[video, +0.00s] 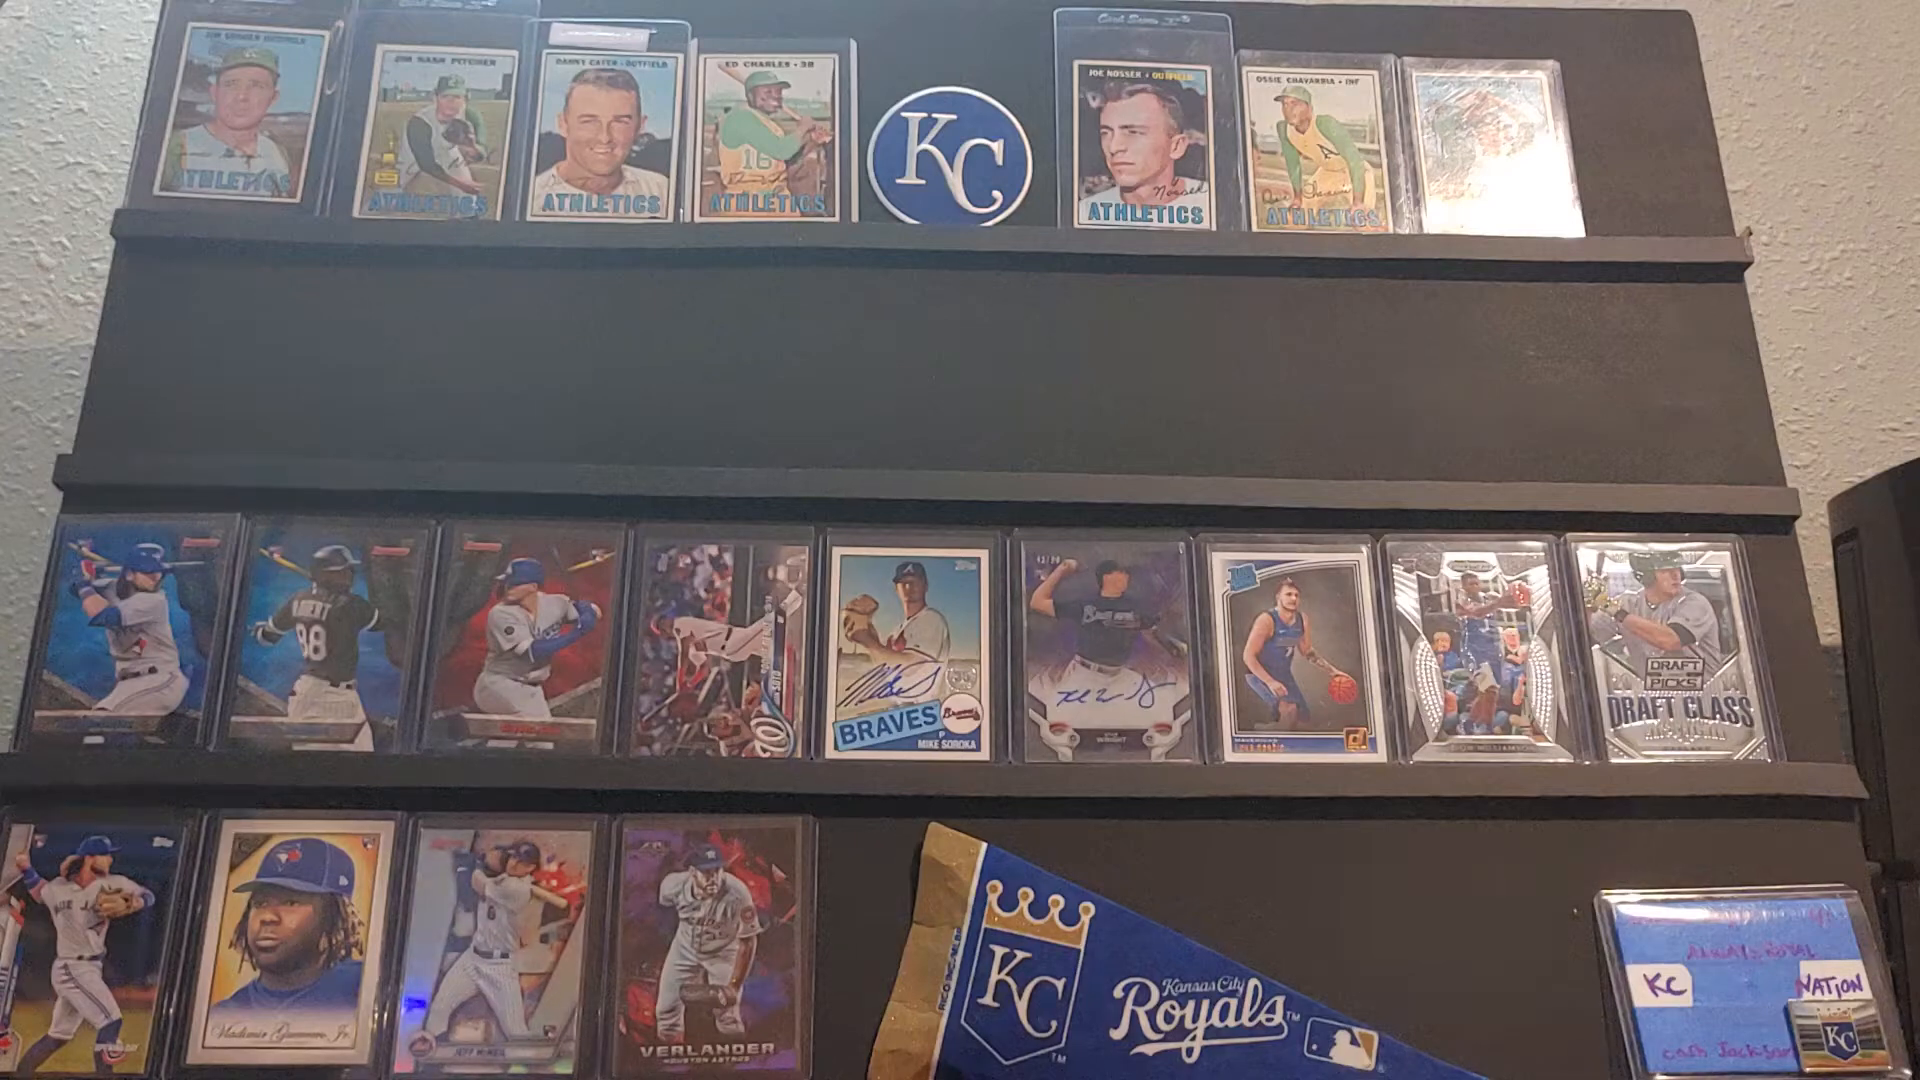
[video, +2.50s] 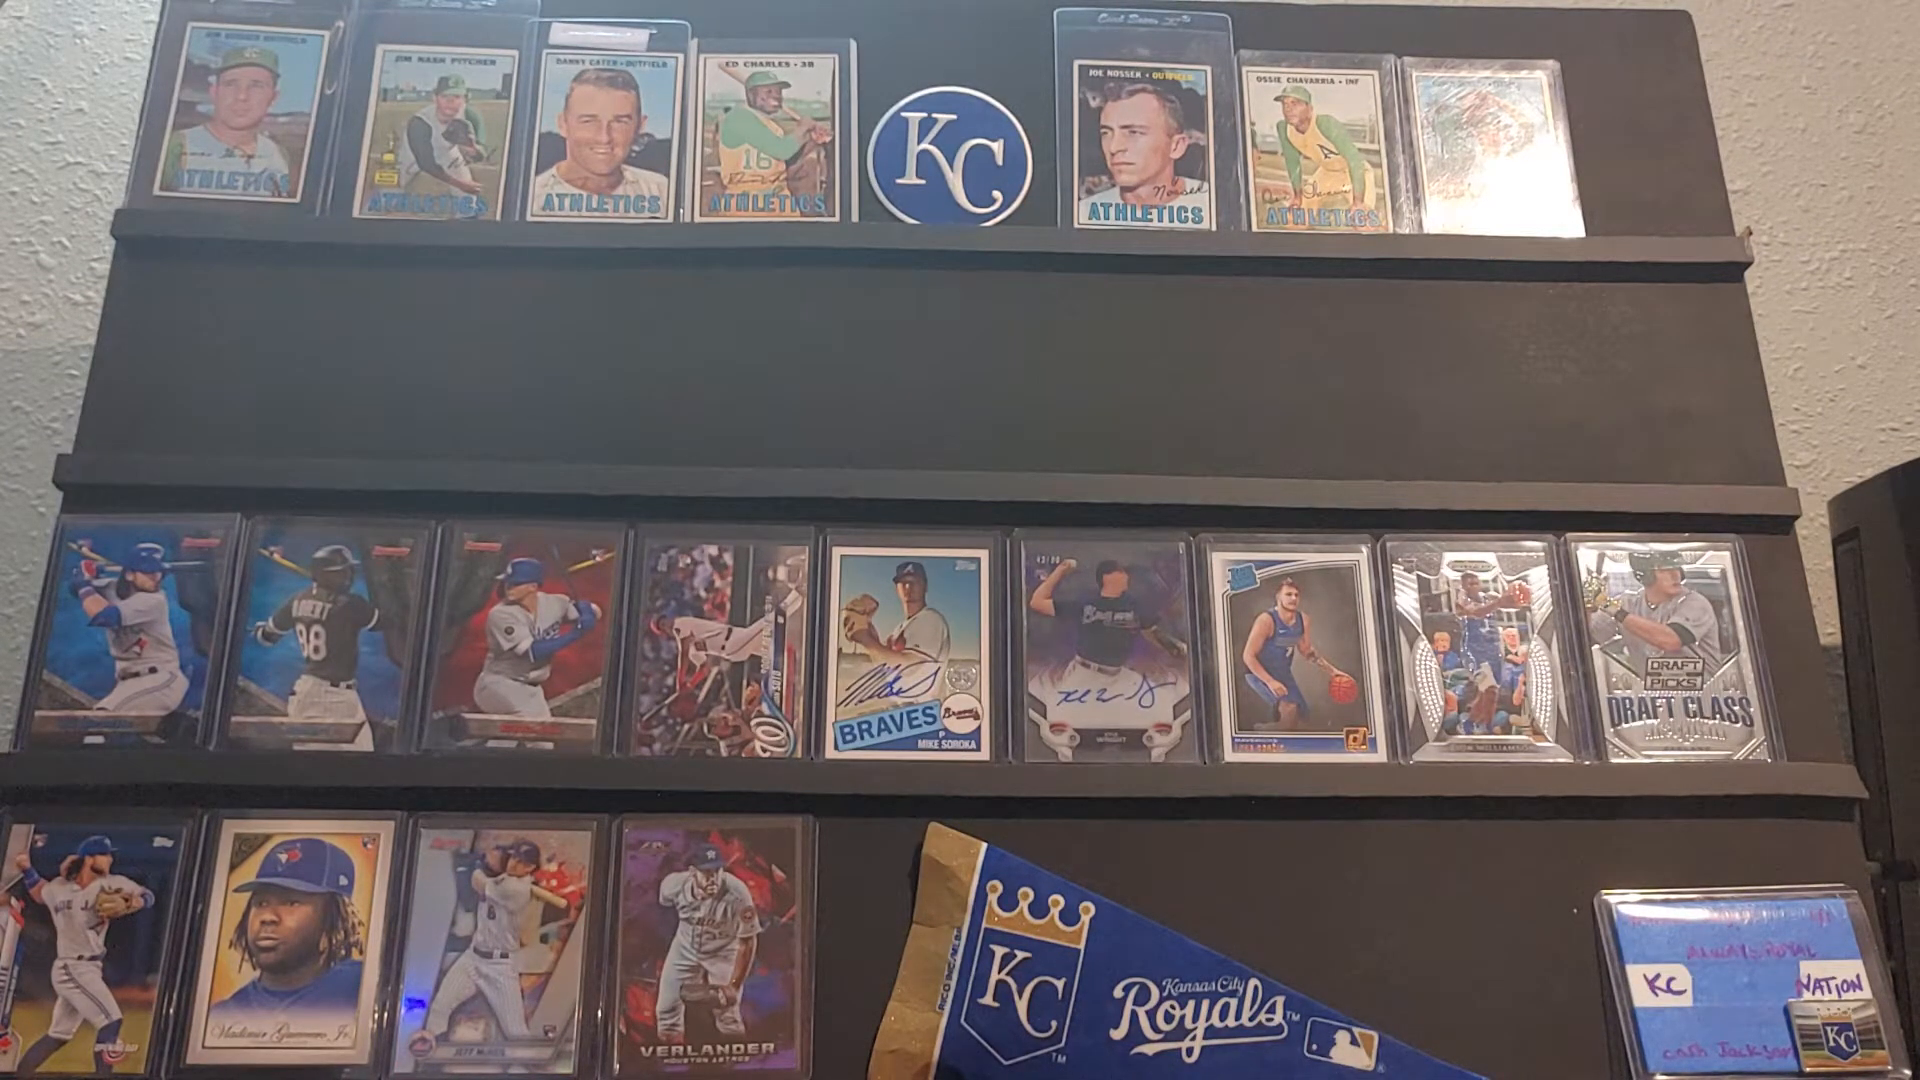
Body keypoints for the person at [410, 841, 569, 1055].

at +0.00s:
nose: (514, 863)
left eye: (522, 861)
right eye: (513, 857)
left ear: (531, 869)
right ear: (508, 858)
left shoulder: (517, 889)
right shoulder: (500, 879)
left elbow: (477, 882)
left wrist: (477, 866)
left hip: (500, 966)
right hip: (472, 959)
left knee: (515, 1030)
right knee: (439, 1007)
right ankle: (430, 1065)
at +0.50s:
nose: (514, 863)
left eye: (522, 862)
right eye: (514, 858)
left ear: (531, 869)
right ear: (509, 858)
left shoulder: (517, 889)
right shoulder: (499, 879)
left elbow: (478, 883)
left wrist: (478, 867)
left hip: (501, 966)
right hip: (472, 959)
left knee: (515, 1030)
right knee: (439, 1007)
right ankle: (427, 1064)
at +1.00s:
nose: (514, 864)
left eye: (521, 862)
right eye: (514, 858)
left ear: (530, 869)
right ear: (509, 858)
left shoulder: (518, 889)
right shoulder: (500, 879)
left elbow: (480, 884)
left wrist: (476, 867)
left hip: (501, 966)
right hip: (473, 958)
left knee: (515, 1031)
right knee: (439, 1006)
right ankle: (425, 1064)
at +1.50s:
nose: (514, 863)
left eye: (521, 862)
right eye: (514, 858)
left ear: (530, 869)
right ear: (510, 858)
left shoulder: (518, 889)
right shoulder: (501, 879)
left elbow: (479, 884)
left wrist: (475, 867)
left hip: (500, 965)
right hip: (473, 958)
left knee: (515, 1030)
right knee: (440, 1006)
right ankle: (427, 1066)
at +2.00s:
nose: (514, 865)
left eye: (521, 863)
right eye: (513, 859)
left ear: (530, 869)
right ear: (509, 858)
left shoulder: (518, 890)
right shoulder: (501, 879)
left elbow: (479, 882)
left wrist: (477, 867)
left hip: (501, 966)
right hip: (473, 958)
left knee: (515, 1031)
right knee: (440, 1005)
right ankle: (427, 1063)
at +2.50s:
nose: (514, 864)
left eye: (521, 862)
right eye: (513, 858)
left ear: (531, 869)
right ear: (509, 858)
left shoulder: (518, 890)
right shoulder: (503, 878)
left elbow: (477, 881)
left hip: (501, 964)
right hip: (473, 957)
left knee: (515, 1030)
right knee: (441, 1004)